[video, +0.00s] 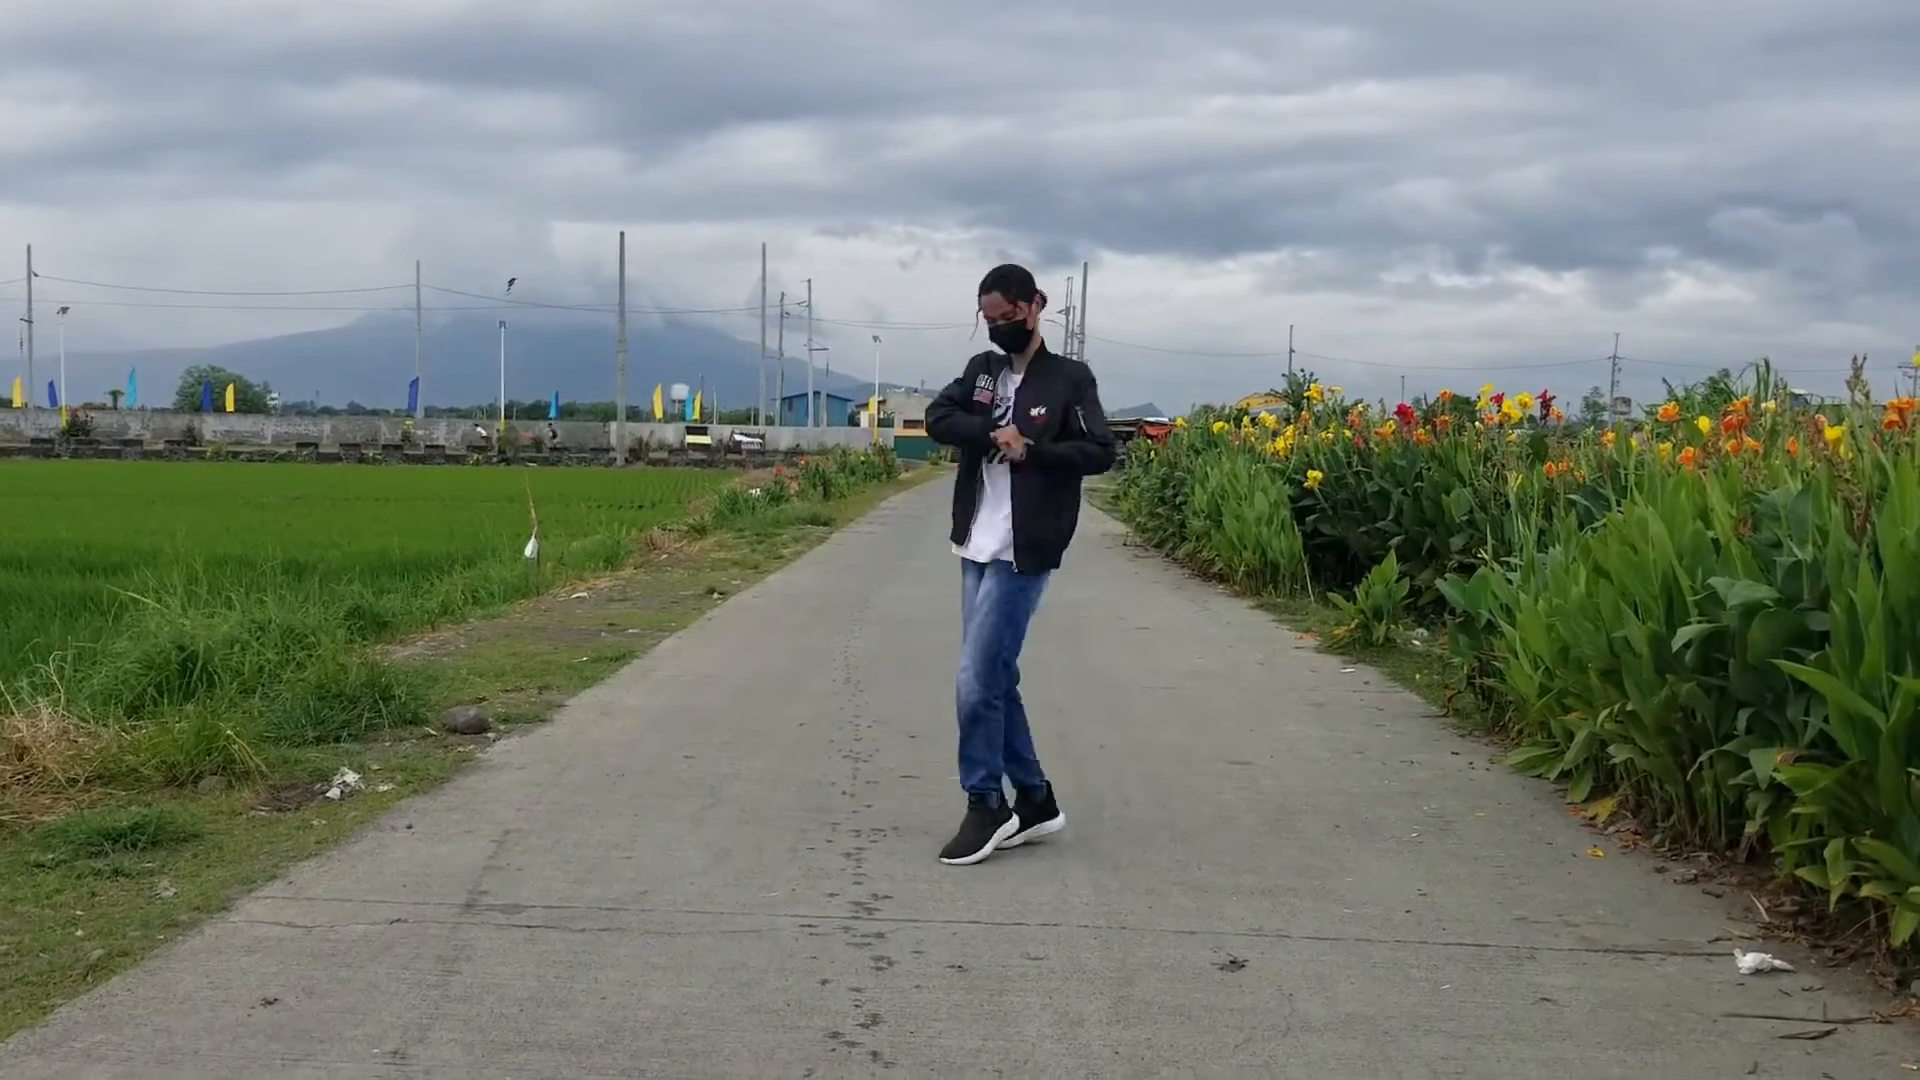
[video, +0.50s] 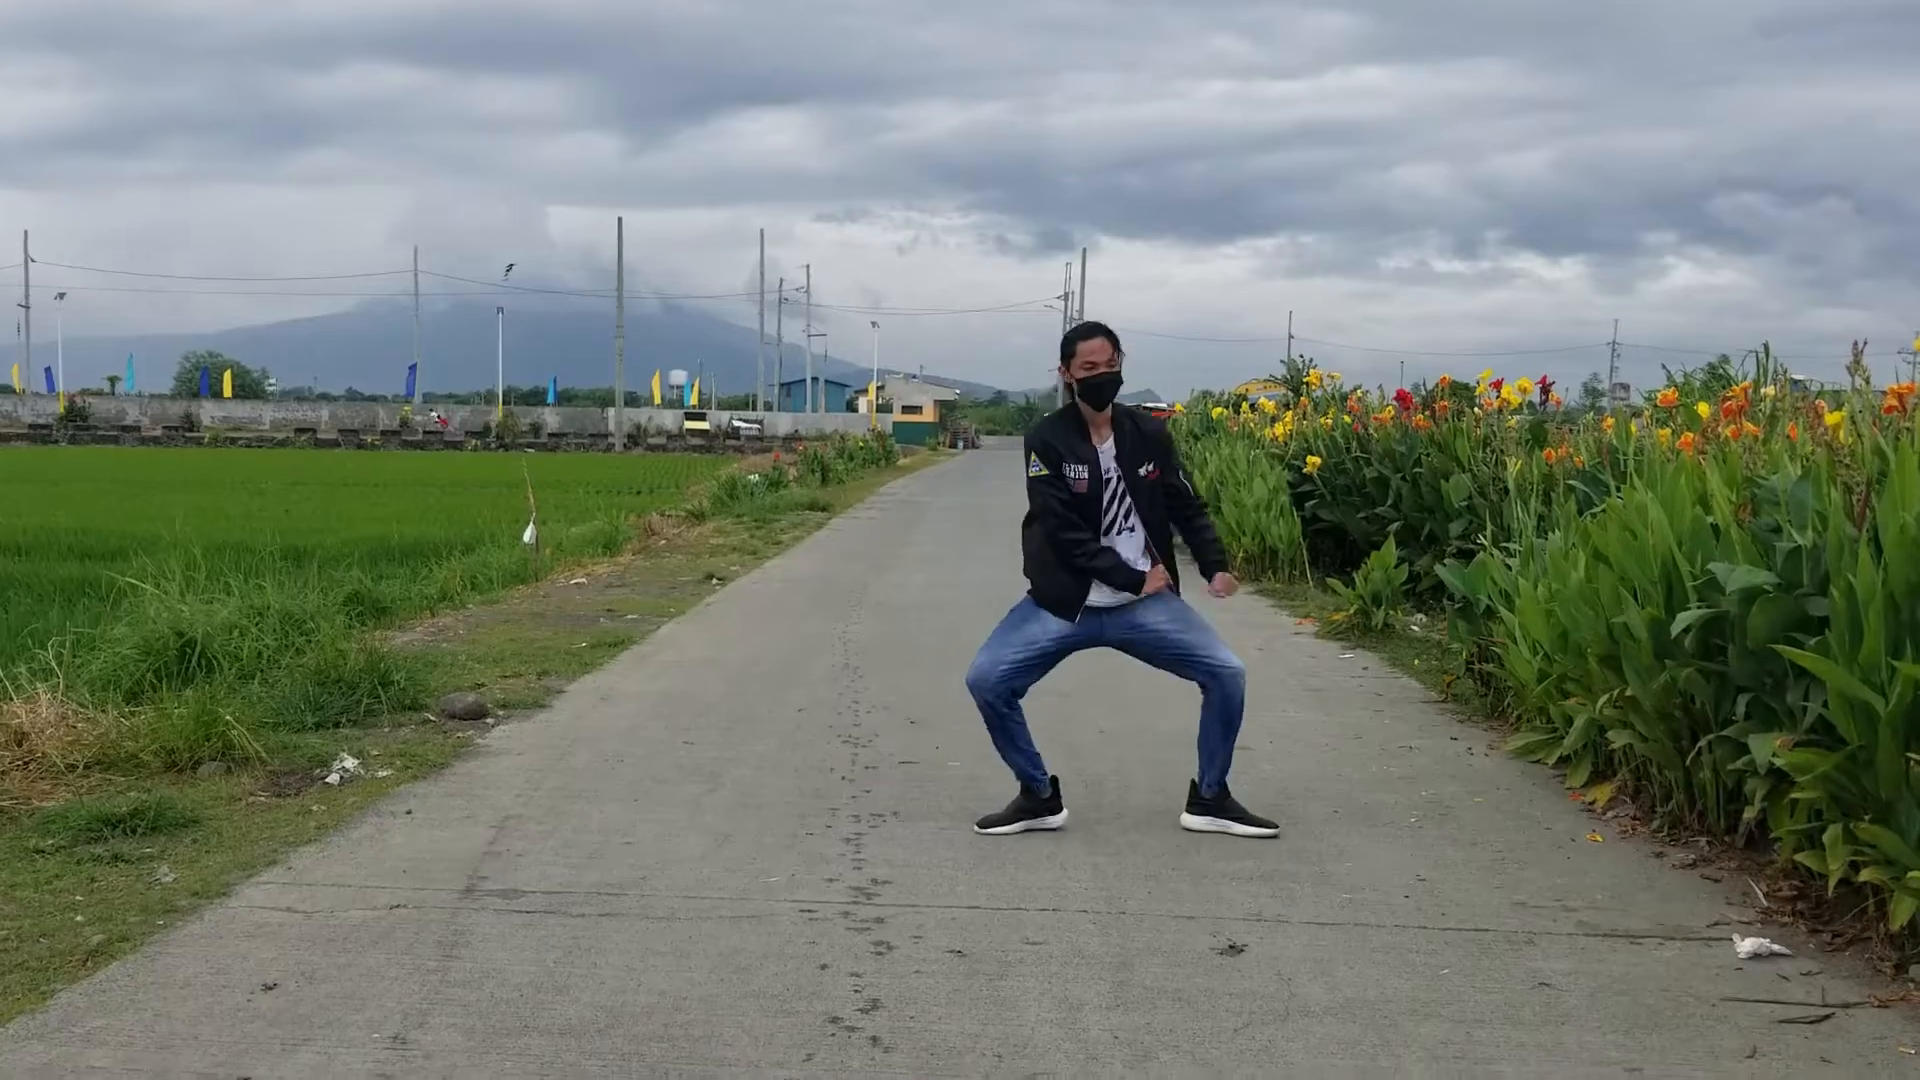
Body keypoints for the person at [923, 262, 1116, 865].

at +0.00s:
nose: (994, 329)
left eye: (1002, 318)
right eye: (987, 320)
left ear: (1033, 307)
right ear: (985, 316)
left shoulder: (1071, 377)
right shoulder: (982, 368)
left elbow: (1103, 451)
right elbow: (937, 417)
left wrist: (1034, 450)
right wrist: (991, 433)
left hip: (1023, 550)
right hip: (975, 543)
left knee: (976, 677)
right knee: (991, 676)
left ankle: (985, 806)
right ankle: (1034, 798)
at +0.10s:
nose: (1022, 331)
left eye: (1031, 320)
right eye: (1013, 320)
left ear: (1052, 311)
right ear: (1000, 314)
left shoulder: (1087, 374)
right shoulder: (984, 361)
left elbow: (1146, 432)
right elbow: (960, 422)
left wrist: (1092, 417)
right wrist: (1035, 456)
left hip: (1049, 548)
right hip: (992, 543)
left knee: (1021, 677)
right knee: (998, 677)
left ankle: (1019, 808)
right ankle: (1040, 798)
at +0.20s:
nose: (1046, 348)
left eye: (1056, 337)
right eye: (1035, 337)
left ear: (1073, 323)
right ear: (1018, 323)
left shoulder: (1100, 375)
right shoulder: (996, 370)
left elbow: (1172, 430)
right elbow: (998, 450)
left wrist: (1119, 418)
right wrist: (1072, 484)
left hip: (1079, 556)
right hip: (1013, 553)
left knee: (1087, 678)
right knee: (990, 674)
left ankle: (1105, 809)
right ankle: (1037, 798)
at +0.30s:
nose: (1060, 365)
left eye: (1069, 354)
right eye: (1049, 355)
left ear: (1089, 351)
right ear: (1035, 354)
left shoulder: (1118, 405)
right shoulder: (1013, 402)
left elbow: (1168, 476)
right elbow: (1022, 496)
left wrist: (1155, 489)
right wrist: (1101, 539)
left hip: (1104, 591)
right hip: (1027, 590)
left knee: (1158, 694)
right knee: (970, 685)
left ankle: (1184, 806)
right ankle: (1034, 796)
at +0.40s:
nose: (1083, 389)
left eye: (1091, 379)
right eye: (1071, 381)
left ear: (1103, 379)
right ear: (1050, 384)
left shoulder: (1133, 442)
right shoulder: (1034, 449)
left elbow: (1162, 526)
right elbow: (1047, 543)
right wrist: (1114, 597)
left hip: (1126, 613)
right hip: (1046, 616)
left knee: (1217, 679)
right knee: (962, 684)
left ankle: (1207, 804)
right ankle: (1031, 791)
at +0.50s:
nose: (1101, 376)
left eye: (1109, 365)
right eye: (1088, 368)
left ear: (1120, 367)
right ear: (1066, 373)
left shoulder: (1148, 431)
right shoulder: (1048, 438)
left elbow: (1183, 503)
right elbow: (1060, 533)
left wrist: (1215, 564)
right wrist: (1134, 577)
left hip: (1141, 601)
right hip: (1061, 604)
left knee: (1227, 672)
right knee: (986, 680)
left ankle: (1209, 796)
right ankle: (1039, 795)